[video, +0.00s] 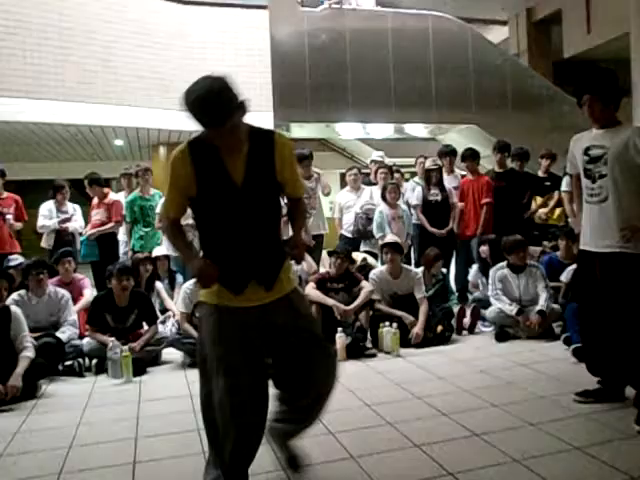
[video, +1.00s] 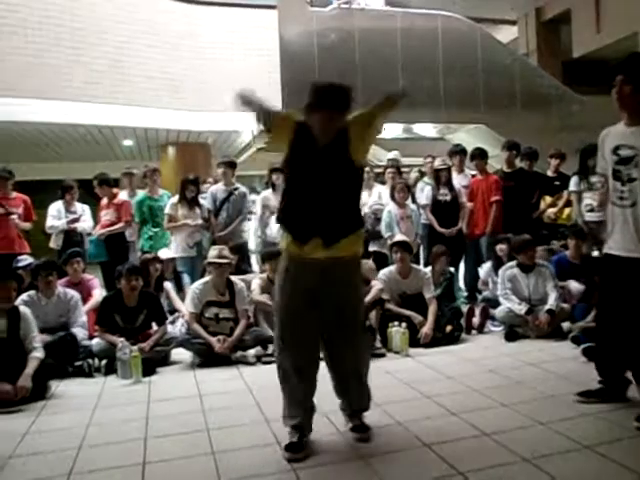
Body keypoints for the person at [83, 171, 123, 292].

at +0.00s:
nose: (87, 191)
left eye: (88, 188)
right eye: (86, 188)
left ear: (95, 187)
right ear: (95, 187)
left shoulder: (114, 201)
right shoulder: (94, 201)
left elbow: (117, 223)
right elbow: (93, 220)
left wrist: (96, 232)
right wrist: (86, 230)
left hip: (108, 237)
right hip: (95, 238)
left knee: (110, 271)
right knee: (97, 273)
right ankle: (102, 300)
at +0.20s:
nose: (87, 191)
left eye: (88, 188)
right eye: (86, 188)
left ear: (95, 187)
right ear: (95, 187)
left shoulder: (114, 201)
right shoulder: (94, 201)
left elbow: (117, 223)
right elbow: (93, 220)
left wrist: (96, 232)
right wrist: (86, 230)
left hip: (108, 237)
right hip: (95, 238)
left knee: (110, 271)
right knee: (97, 273)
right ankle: (102, 300)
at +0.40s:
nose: (86, 191)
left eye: (87, 188)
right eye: (86, 188)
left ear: (95, 187)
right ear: (94, 187)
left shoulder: (114, 201)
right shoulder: (94, 201)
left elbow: (117, 222)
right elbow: (93, 220)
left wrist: (96, 231)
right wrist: (86, 230)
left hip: (107, 238)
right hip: (94, 238)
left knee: (110, 271)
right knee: (97, 273)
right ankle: (101, 300)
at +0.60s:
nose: (86, 191)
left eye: (87, 188)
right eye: (85, 188)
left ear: (94, 187)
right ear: (94, 188)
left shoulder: (114, 201)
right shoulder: (94, 201)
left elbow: (117, 222)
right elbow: (93, 220)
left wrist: (96, 232)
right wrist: (85, 231)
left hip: (107, 238)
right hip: (93, 239)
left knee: (109, 272)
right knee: (97, 275)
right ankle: (101, 302)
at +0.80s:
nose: (86, 191)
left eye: (86, 188)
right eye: (85, 188)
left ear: (94, 187)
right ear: (94, 188)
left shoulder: (113, 201)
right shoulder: (93, 201)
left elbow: (116, 222)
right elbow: (92, 220)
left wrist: (95, 232)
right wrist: (85, 230)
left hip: (107, 238)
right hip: (93, 239)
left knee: (110, 271)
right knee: (97, 274)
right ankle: (101, 301)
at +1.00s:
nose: (96, 191)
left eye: (97, 187)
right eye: (95, 188)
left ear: (104, 187)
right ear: (104, 187)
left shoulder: (123, 202)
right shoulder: (103, 202)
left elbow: (126, 222)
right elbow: (102, 221)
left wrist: (106, 232)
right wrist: (95, 232)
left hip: (118, 237)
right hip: (104, 238)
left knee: (120, 271)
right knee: (107, 273)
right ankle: (112, 299)